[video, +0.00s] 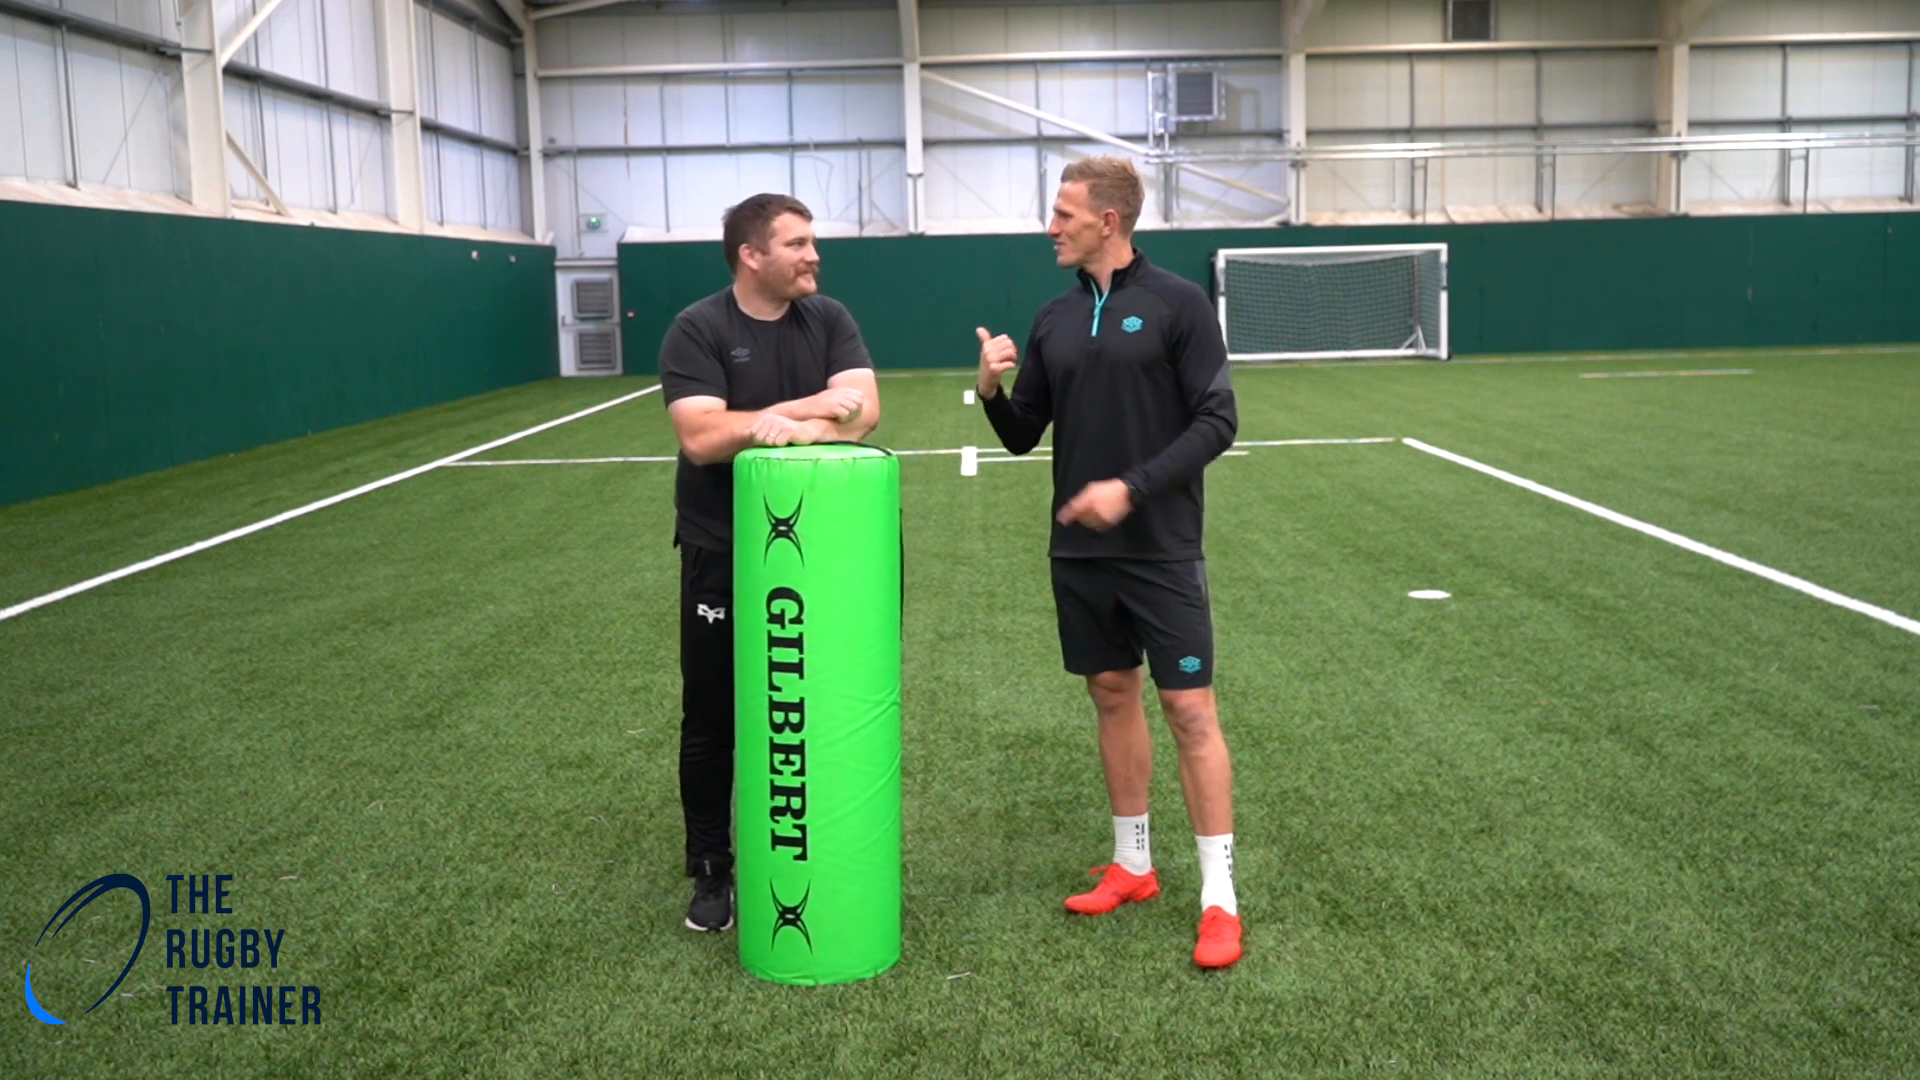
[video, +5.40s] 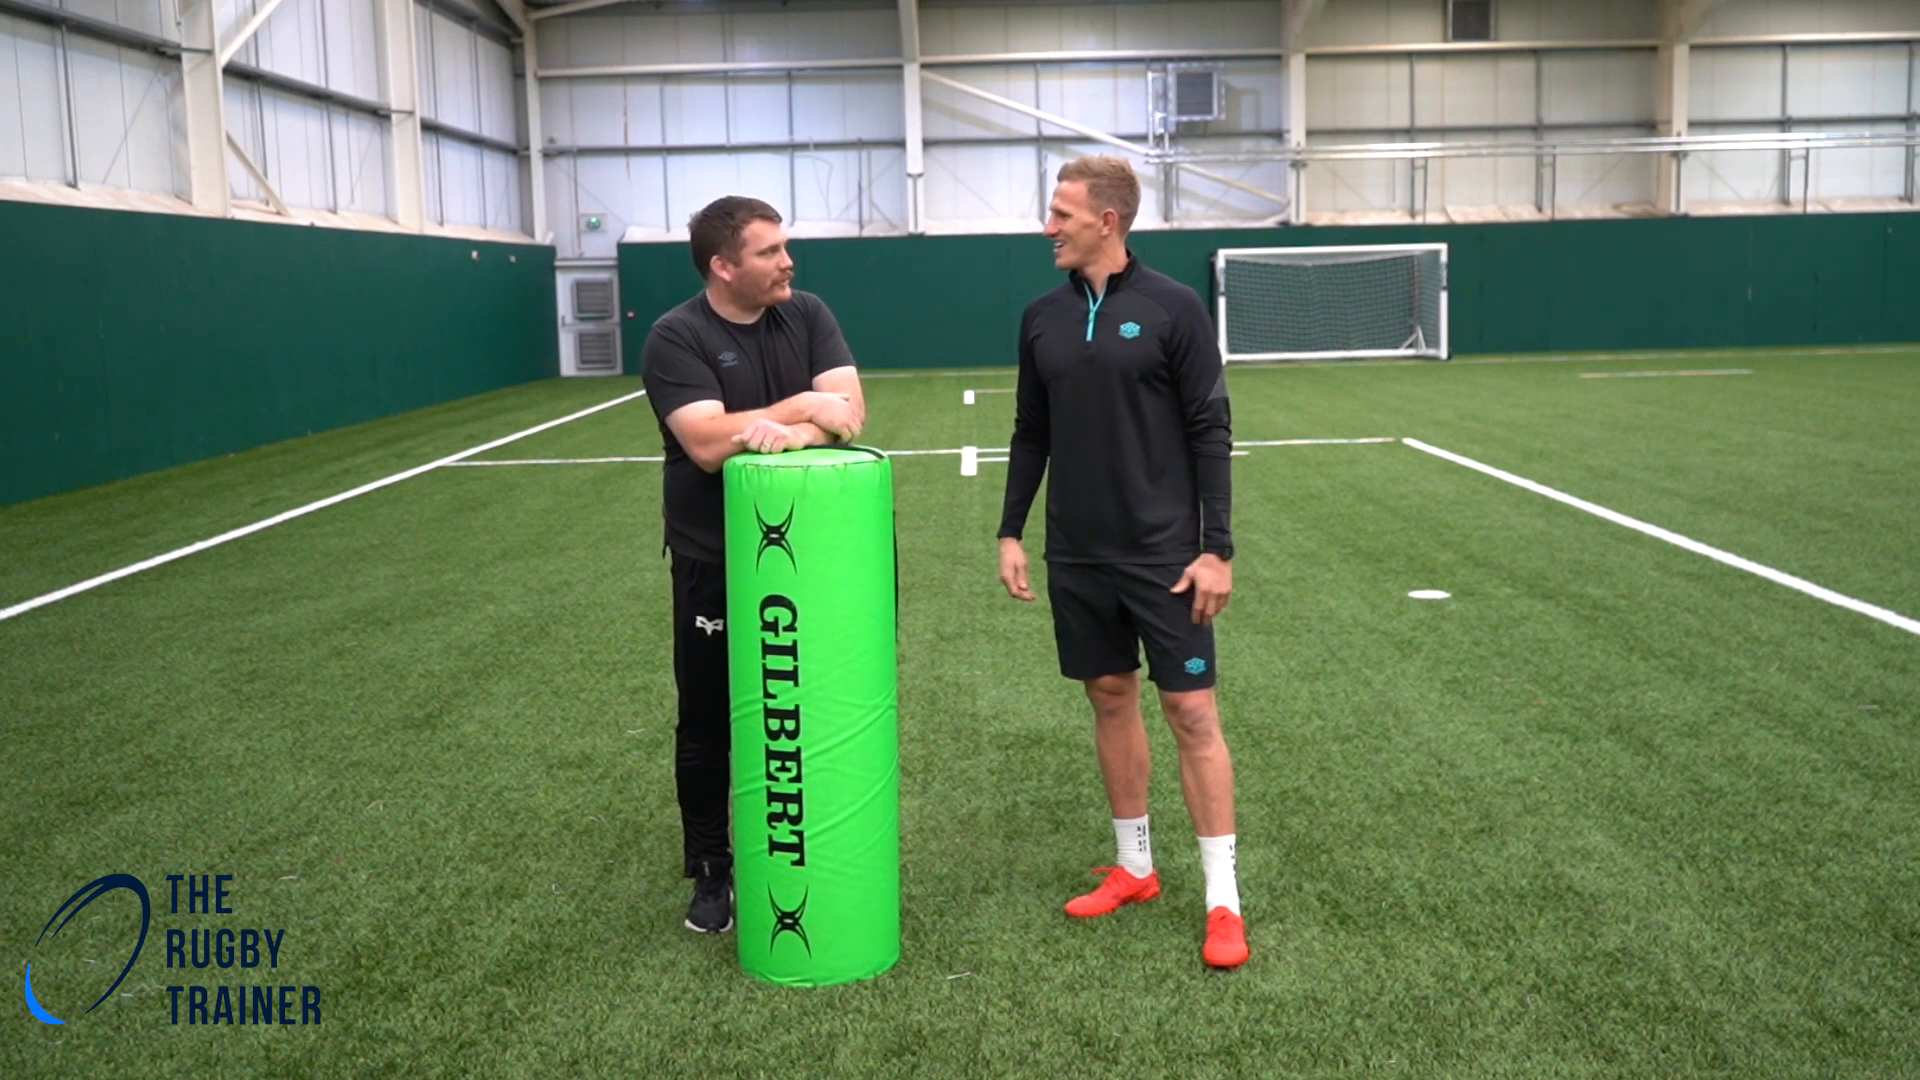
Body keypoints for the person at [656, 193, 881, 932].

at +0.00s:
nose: (812, 255)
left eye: (812, 243)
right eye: (797, 245)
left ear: (800, 251)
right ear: (750, 255)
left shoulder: (828, 317)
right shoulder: (698, 329)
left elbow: (861, 411)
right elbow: (698, 438)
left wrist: (764, 420)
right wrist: (811, 417)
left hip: (815, 552)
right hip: (721, 552)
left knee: (814, 711)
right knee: (713, 716)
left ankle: (817, 868)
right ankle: (713, 871)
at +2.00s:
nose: (816, 276)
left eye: (826, 263)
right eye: (800, 264)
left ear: (836, 261)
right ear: (763, 264)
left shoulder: (864, 319)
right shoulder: (726, 328)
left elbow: (881, 424)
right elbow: (730, 434)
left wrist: (787, 425)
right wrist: (833, 405)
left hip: (840, 555)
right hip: (745, 553)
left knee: (836, 715)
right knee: (728, 713)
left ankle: (830, 877)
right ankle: (716, 870)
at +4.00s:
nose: (774, 280)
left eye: (781, 265)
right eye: (757, 269)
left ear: (787, 260)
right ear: (714, 267)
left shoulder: (812, 317)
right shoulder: (676, 334)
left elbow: (845, 419)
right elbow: (699, 440)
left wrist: (764, 425)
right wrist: (806, 410)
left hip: (800, 554)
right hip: (701, 555)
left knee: (804, 709)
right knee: (701, 717)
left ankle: (808, 864)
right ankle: (712, 873)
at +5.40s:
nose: (786, 261)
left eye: (785, 248)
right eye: (770, 253)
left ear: (779, 250)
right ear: (720, 266)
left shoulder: (806, 314)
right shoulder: (675, 338)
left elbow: (846, 414)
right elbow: (706, 445)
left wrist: (764, 428)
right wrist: (808, 408)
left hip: (805, 556)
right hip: (713, 560)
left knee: (807, 712)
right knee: (709, 720)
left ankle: (811, 865)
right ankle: (713, 872)